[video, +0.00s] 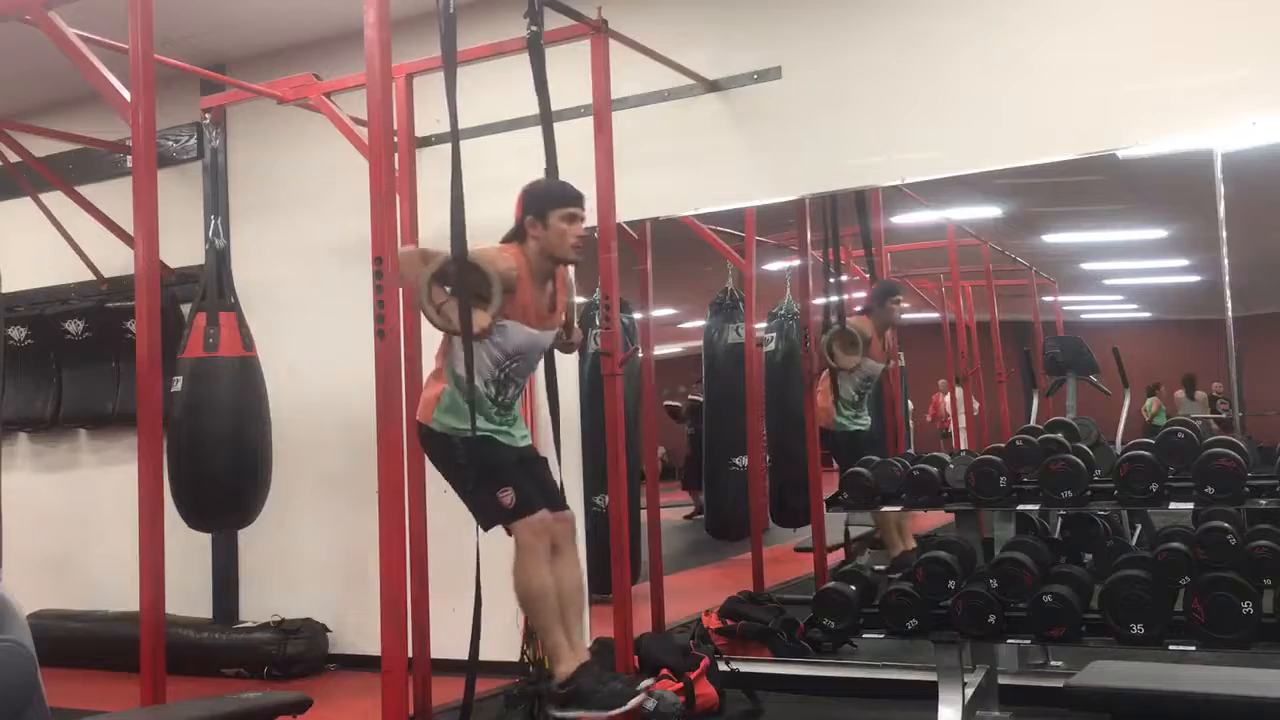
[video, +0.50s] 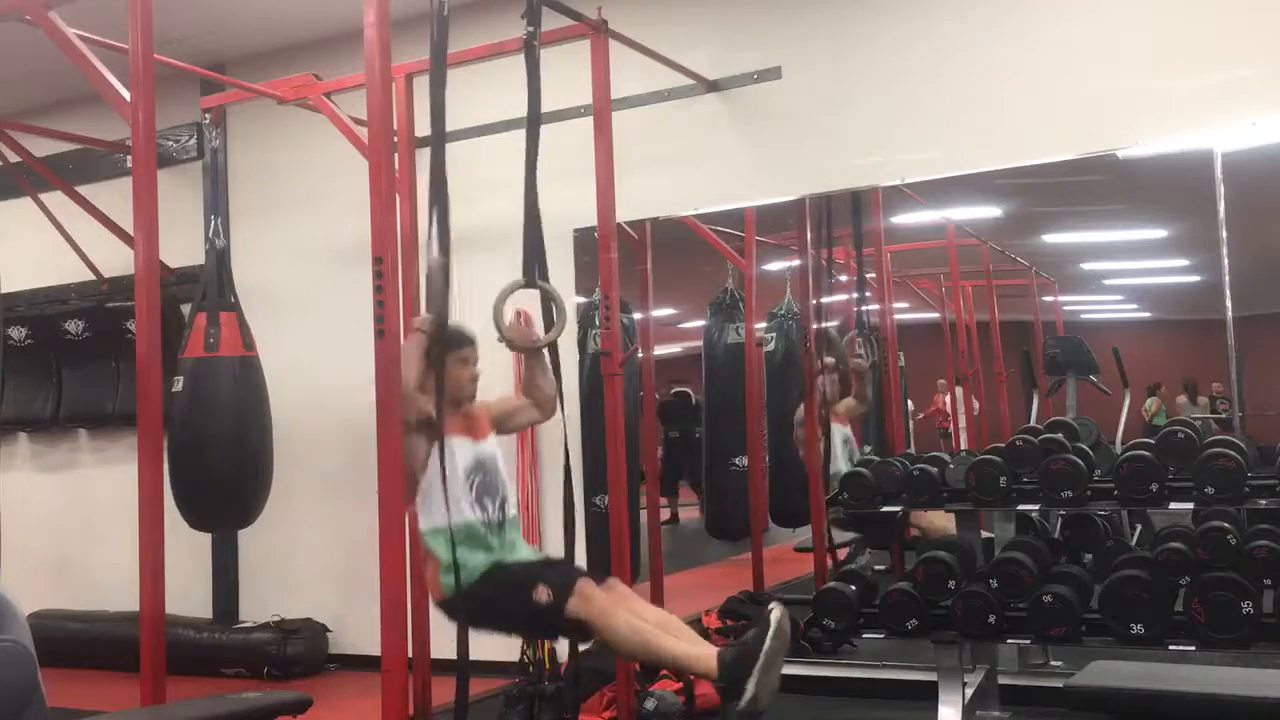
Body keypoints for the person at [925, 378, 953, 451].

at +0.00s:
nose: (942, 388)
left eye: (944, 386)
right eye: (941, 386)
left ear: (947, 386)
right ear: (939, 387)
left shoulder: (950, 396)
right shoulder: (936, 397)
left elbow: (954, 407)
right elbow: (933, 407)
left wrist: (953, 417)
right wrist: (930, 416)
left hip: (950, 420)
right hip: (940, 420)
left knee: (951, 435)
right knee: (942, 436)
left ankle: (952, 450)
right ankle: (943, 451)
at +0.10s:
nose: (942, 388)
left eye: (943, 386)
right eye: (940, 386)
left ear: (947, 386)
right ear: (938, 387)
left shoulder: (950, 396)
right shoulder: (936, 397)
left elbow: (953, 407)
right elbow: (933, 407)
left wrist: (953, 417)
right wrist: (930, 415)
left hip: (950, 419)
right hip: (940, 420)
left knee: (951, 435)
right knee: (942, 436)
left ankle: (952, 450)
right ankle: (943, 451)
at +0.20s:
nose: (941, 388)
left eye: (943, 386)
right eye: (940, 386)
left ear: (946, 386)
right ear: (938, 387)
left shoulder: (949, 396)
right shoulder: (936, 397)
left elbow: (953, 407)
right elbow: (933, 407)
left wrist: (952, 417)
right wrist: (930, 416)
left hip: (949, 420)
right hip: (940, 420)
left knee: (951, 436)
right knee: (942, 437)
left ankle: (953, 449)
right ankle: (943, 450)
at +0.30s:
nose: (940, 388)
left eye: (942, 386)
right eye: (939, 386)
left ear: (946, 387)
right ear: (937, 387)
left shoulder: (949, 396)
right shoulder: (936, 397)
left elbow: (952, 408)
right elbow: (933, 408)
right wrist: (927, 415)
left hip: (950, 421)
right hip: (940, 421)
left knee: (951, 436)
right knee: (942, 438)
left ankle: (953, 450)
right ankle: (944, 451)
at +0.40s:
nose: (940, 388)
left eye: (942, 386)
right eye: (939, 386)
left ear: (946, 387)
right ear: (937, 387)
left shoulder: (949, 396)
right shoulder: (936, 397)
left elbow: (952, 409)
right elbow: (932, 408)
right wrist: (925, 415)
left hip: (949, 422)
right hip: (940, 422)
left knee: (951, 437)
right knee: (942, 438)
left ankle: (953, 451)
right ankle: (944, 452)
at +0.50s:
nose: (939, 388)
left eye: (941, 386)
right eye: (939, 386)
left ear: (945, 386)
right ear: (937, 387)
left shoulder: (949, 396)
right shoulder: (937, 397)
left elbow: (950, 410)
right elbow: (934, 409)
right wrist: (924, 415)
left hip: (949, 422)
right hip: (940, 422)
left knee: (950, 438)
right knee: (942, 438)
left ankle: (952, 451)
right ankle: (944, 452)